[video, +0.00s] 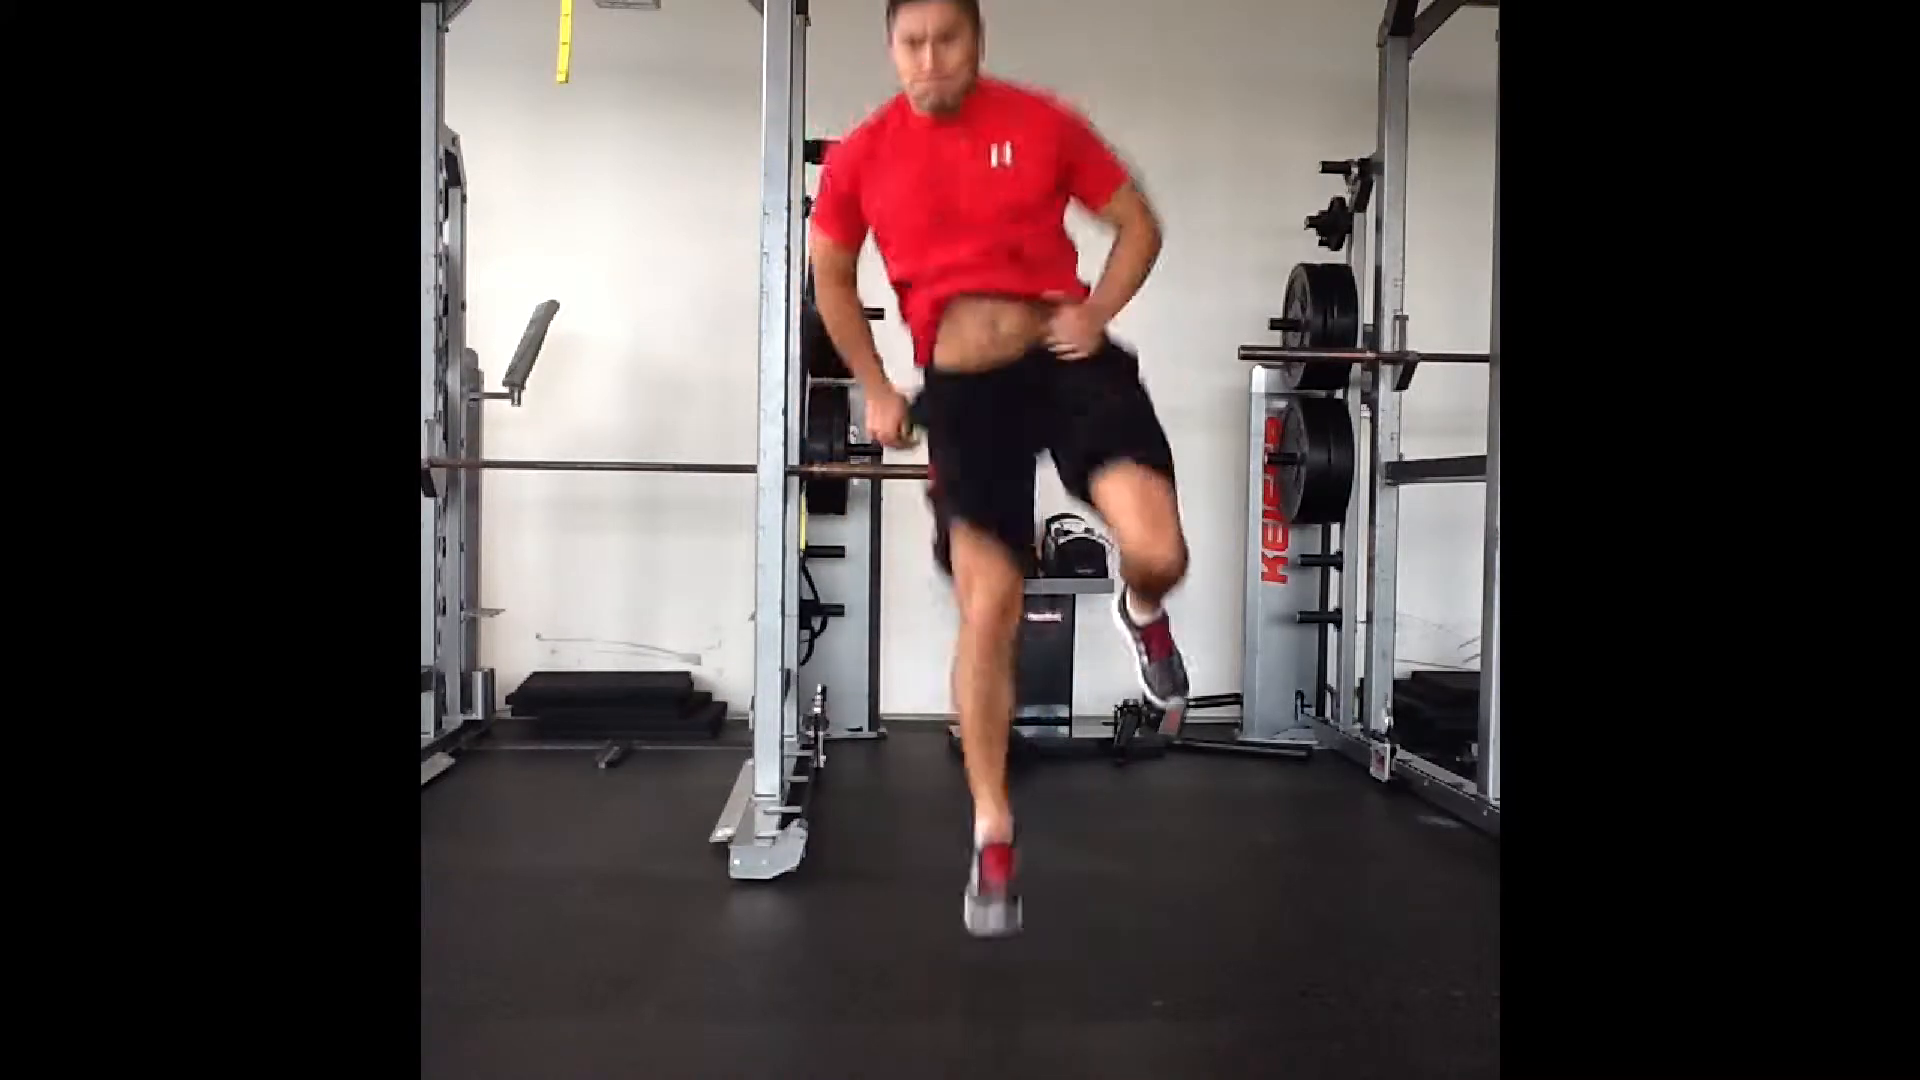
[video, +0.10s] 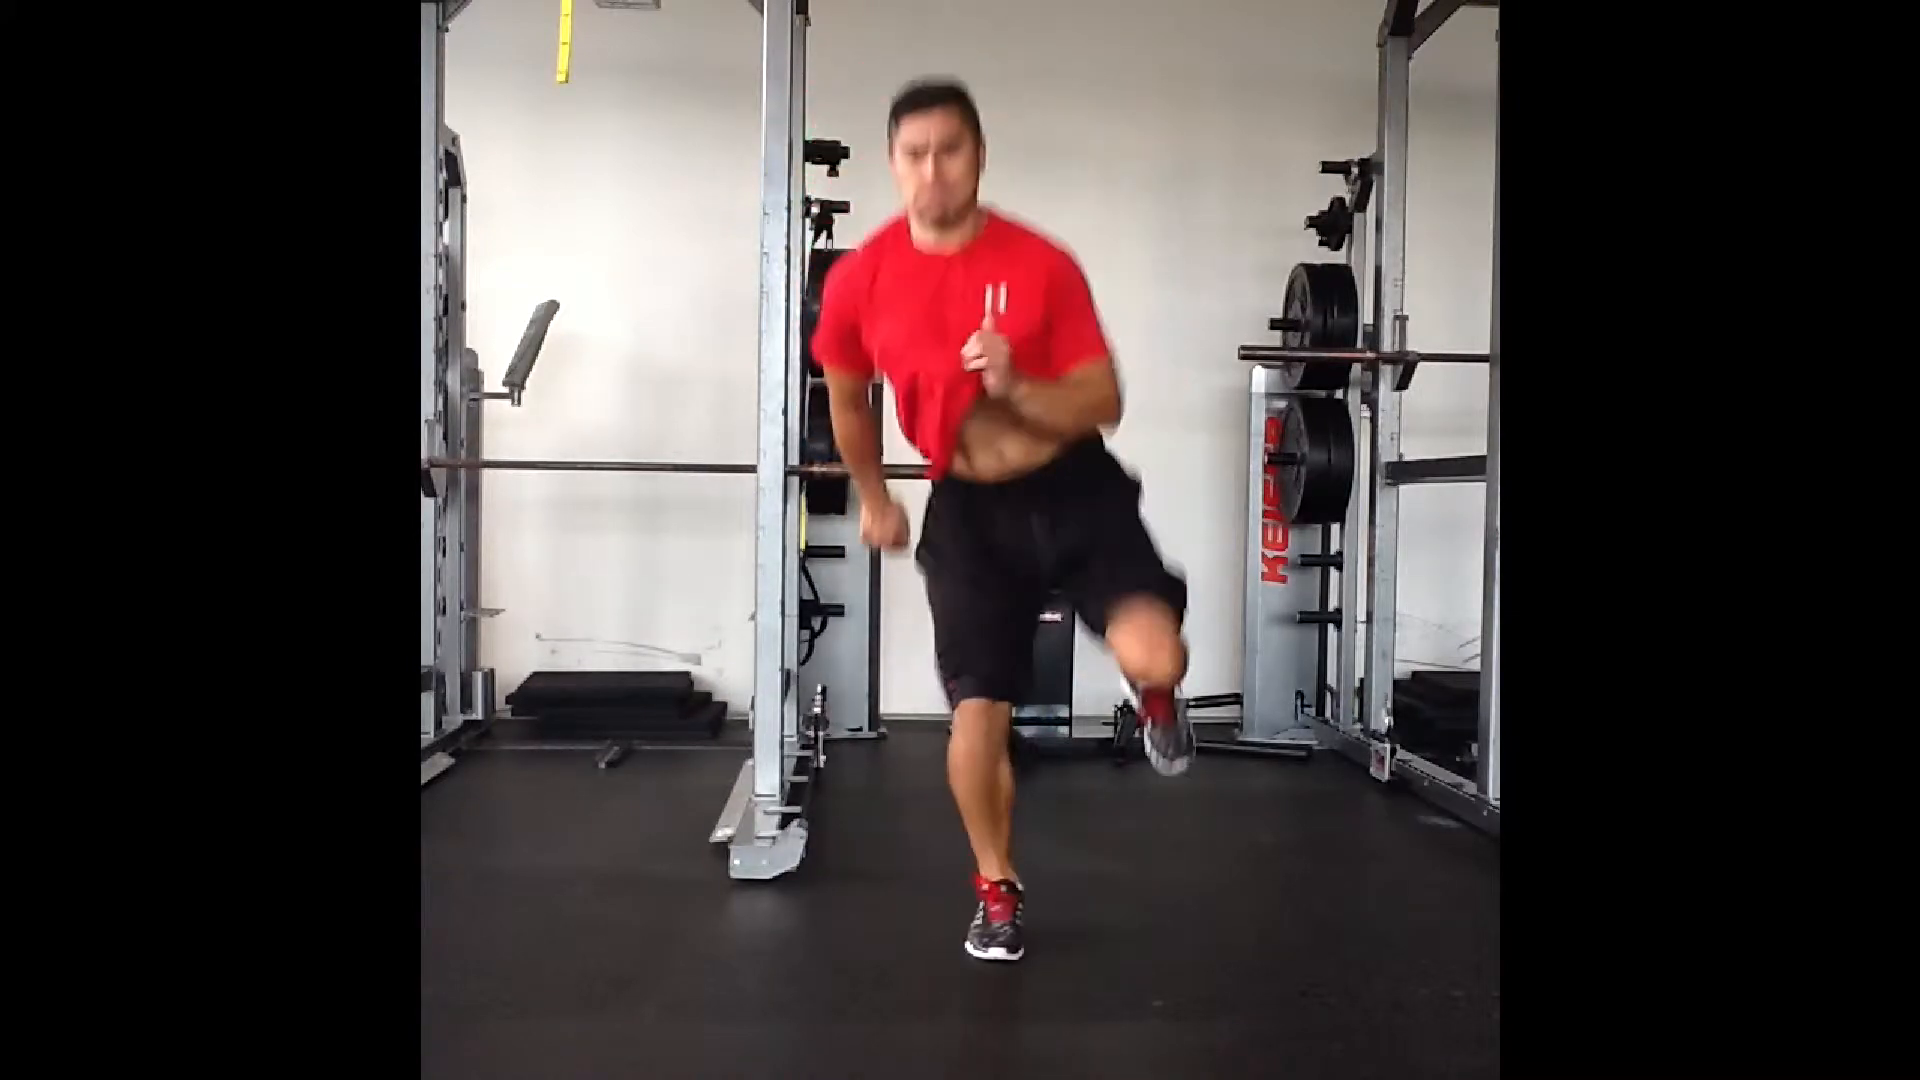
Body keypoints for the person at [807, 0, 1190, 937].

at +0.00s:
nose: (929, 60)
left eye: (945, 40)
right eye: (913, 43)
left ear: (978, 39)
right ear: (892, 49)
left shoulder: (1043, 125)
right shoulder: (860, 154)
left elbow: (1140, 224)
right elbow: (830, 274)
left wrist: (1099, 311)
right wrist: (875, 386)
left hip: (1072, 367)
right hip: (965, 394)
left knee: (1160, 555)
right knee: (989, 605)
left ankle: (1141, 616)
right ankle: (992, 835)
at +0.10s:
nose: (931, 171)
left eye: (948, 152)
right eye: (914, 155)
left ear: (979, 159)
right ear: (894, 168)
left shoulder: (1041, 266)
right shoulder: (860, 281)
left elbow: (1102, 400)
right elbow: (845, 388)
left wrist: (1016, 389)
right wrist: (872, 494)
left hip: (1074, 485)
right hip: (967, 508)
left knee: (1156, 655)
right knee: (979, 708)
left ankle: (1155, 698)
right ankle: (996, 888)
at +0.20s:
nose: (923, 248)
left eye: (940, 227)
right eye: (904, 230)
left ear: (973, 233)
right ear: (886, 243)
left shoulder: (1036, 335)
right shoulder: (860, 347)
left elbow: (1060, 480)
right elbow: (860, 448)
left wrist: (960, 408)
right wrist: (887, 538)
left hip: (1070, 533)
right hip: (960, 545)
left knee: (1125, 722)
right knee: (969, 721)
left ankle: (1152, 748)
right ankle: (997, 888)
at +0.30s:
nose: (921, 283)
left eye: (940, 261)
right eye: (903, 264)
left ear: (975, 267)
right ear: (884, 277)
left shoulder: (1027, 367)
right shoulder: (862, 367)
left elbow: (1039, 507)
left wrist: (944, 409)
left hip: (1072, 554)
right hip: (965, 565)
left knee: (1105, 749)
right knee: (977, 724)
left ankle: (1151, 763)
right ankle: (998, 890)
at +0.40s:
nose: (927, 292)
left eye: (947, 271)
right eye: (909, 273)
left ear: (981, 277)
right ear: (891, 284)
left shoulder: (1027, 375)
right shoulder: (864, 363)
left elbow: (1029, 516)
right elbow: (913, 451)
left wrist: (945, 401)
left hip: (1068, 556)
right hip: (963, 561)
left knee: (1091, 762)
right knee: (980, 720)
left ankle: (1133, 783)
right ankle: (998, 888)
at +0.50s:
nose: (933, 287)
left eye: (953, 268)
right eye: (915, 268)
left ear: (988, 276)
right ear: (896, 279)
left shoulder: (1032, 372)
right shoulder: (866, 354)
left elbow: (1032, 516)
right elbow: (906, 430)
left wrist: (949, 396)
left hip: (1066, 559)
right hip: (961, 558)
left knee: (1082, 762)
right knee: (979, 716)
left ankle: (1113, 792)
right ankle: (997, 887)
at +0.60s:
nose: (939, 277)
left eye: (959, 257)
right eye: (921, 258)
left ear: (994, 263)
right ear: (900, 266)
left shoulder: (1042, 364)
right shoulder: (869, 348)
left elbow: (1043, 505)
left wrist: (958, 386)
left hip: (1064, 559)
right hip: (956, 557)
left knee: (1080, 758)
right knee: (973, 715)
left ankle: (1092, 793)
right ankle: (994, 886)